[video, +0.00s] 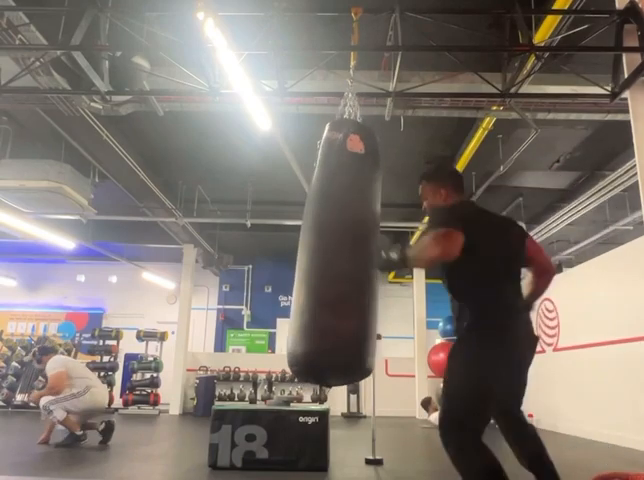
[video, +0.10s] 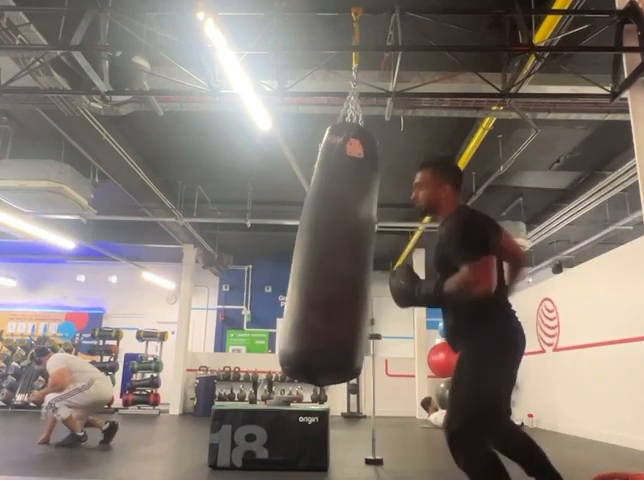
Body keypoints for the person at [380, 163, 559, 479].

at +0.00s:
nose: (425, 207)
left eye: (426, 198)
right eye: (422, 200)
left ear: (443, 192)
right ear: (460, 191)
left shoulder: (449, 216)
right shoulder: (504, 224)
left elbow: (445, 247)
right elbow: (545, 268)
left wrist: (401, 255)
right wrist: (525, 302)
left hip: (483, 337)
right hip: (519, 335)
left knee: (457, 430)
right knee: (507, 412)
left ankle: (491, 477)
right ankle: (549, 475)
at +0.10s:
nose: (414, 195)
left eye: (420, 186)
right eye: (415, 187)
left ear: (445, 187)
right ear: (446, 189)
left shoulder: (460, 224)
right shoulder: (475, 219)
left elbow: (479, 280)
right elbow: (517, 255)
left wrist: (420, 293)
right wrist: (498, 292)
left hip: (486, 342)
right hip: (500, 337)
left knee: (463, 435)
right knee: (495, 425)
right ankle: (550, 476)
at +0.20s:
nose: (438, 202)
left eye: (446, 194)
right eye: (434, 195)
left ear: (469, 195)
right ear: (431, 198)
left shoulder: (494, 240)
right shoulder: (439, 236)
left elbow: (479, 302)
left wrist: (431, 279)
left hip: (499, 341)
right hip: (474, 343)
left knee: (445, 408)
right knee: (494, 420)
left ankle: (468, 475)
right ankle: (562, 474)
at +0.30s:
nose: (424, 222)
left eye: (428, 213)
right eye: (422, 216)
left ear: (451, 209)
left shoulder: (488, 247)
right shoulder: (444, 253)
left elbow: (503, 306)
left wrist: (445, 296)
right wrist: (424, 281)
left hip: (497, 349)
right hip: (474, 351)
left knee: (445, 417)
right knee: (490, 427)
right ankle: (538, 477)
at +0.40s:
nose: (420, 245)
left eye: (423, 236)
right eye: (419, 239)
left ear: (444, 231)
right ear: (442, 234)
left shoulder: (475, 256)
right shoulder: (462, 267)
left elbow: (502, 295)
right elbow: (480, 314)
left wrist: (451, 320)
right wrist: (441, 321)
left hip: (503, 355)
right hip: (497, 355)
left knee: (445, 418)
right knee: (476, 419)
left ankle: (462, 475)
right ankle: (518, 475)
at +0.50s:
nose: (425, 247)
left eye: (428, 238)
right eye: (423, 241)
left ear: (448, 232)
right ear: (448, 235)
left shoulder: (476, 254)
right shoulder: (467, 266)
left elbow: (502, 290)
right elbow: (485, 312)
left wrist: (464, 331)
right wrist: (459, 324)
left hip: (508, 350)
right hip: (510, 350)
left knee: (464, 414)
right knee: (498, 417)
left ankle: (470, 474)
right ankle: (528, 474)